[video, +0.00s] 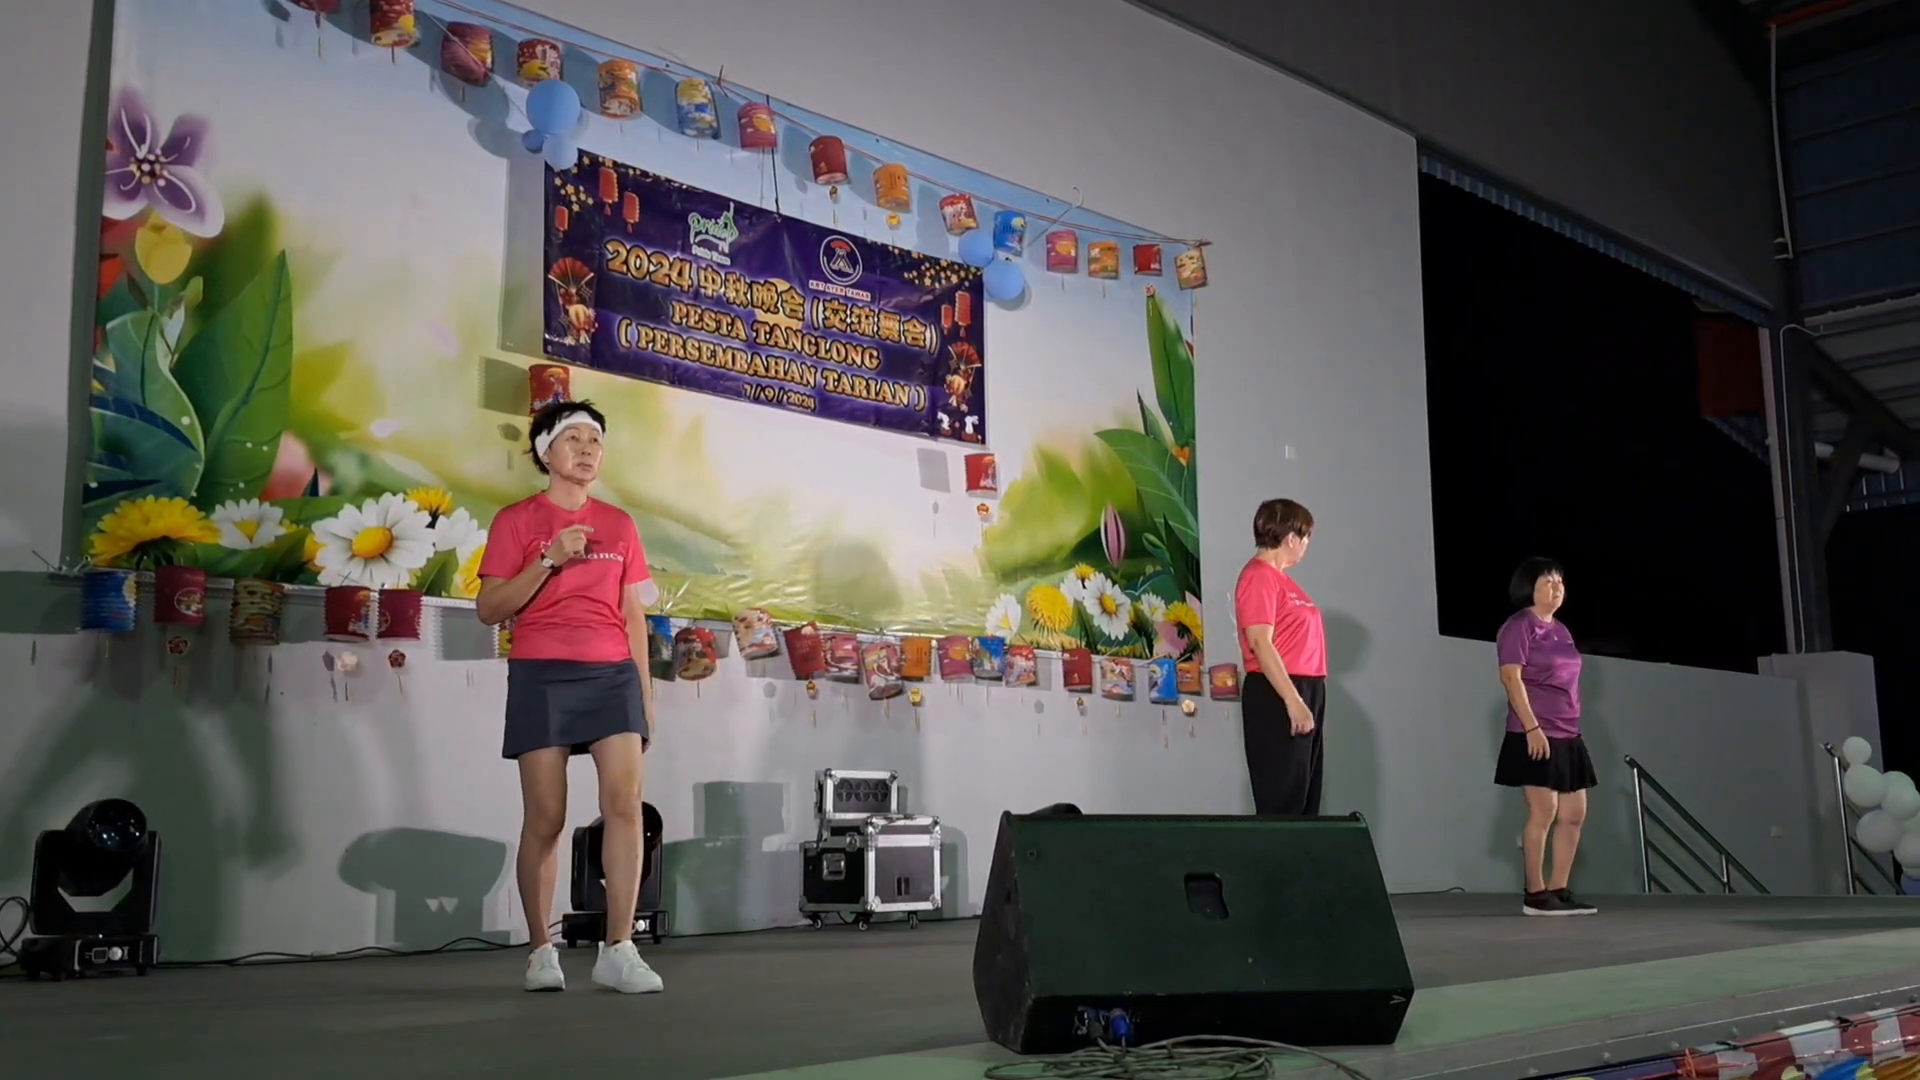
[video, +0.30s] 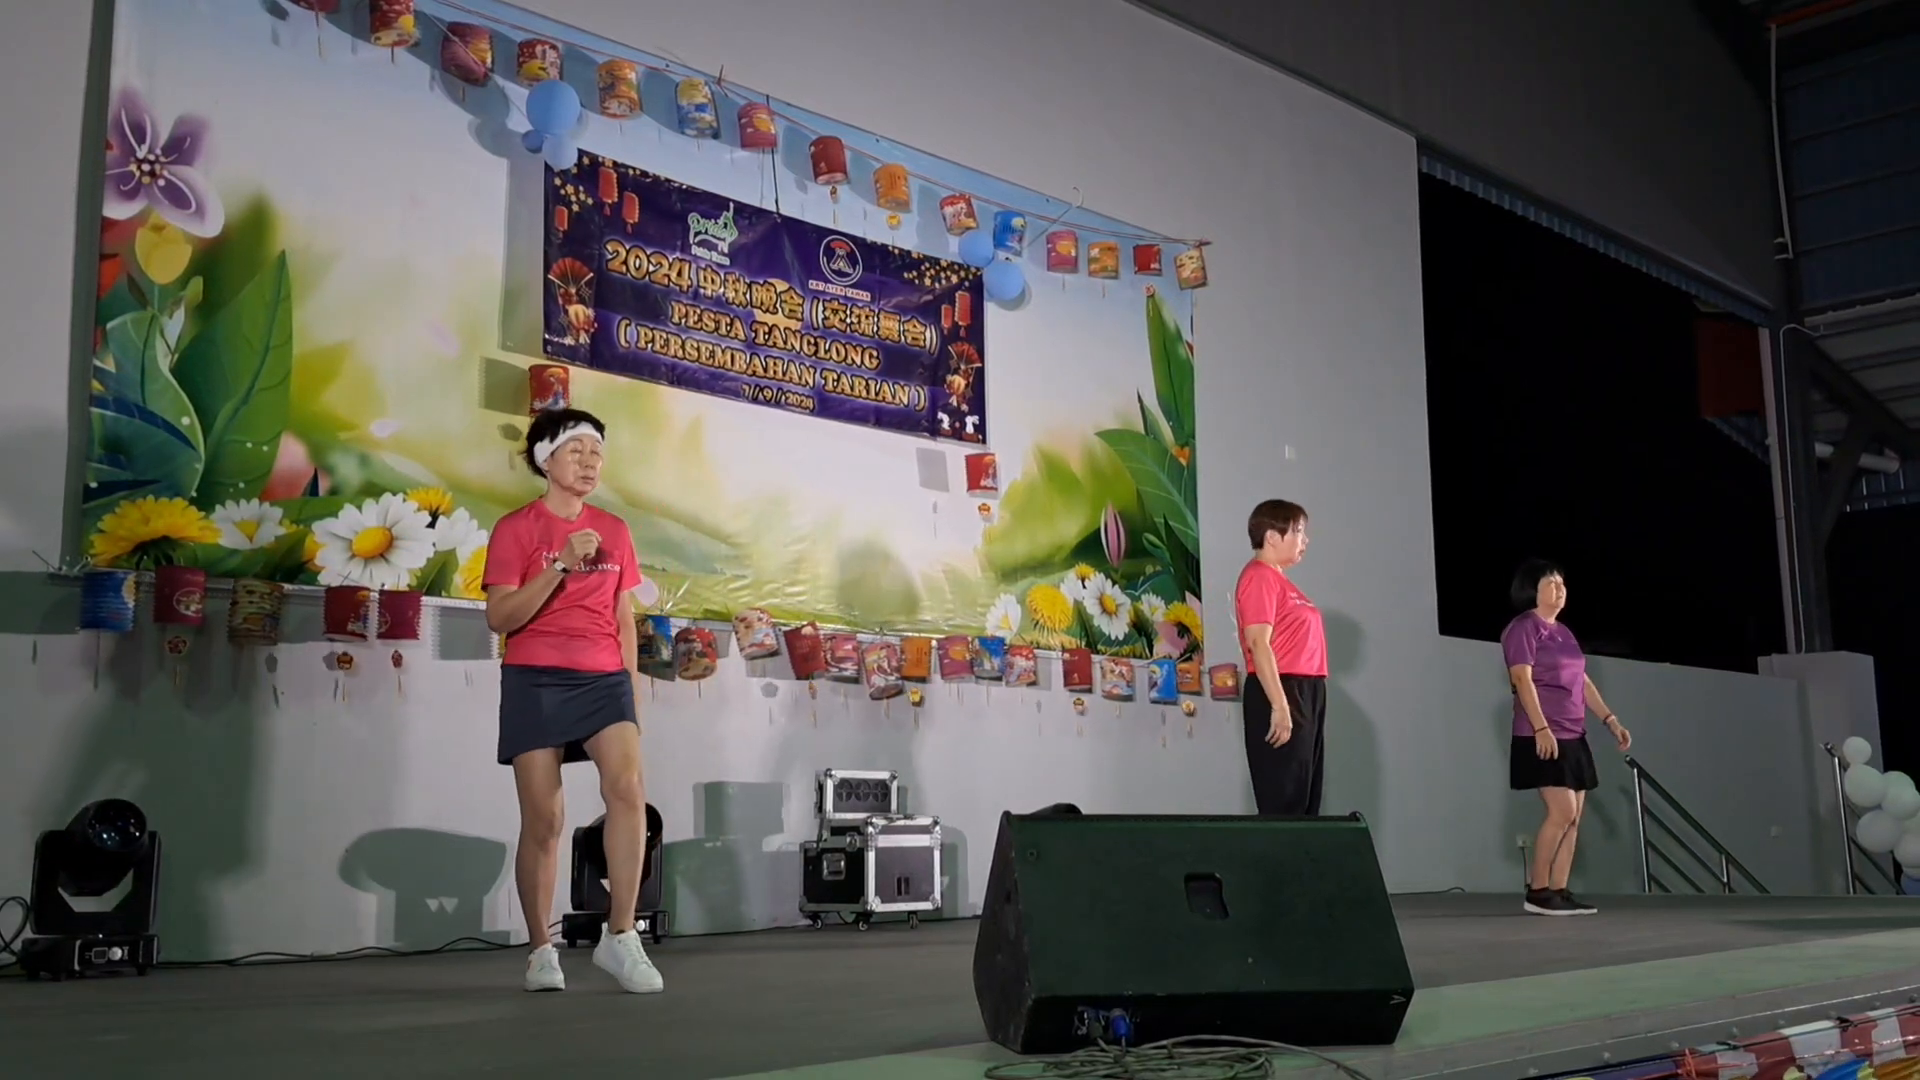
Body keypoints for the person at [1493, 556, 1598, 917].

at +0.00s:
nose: (1556, 588)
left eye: (1559, 582)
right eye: (1548, 582)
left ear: (1563, 589)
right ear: (1530, 587)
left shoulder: (1562, 631)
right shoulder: (1518, 626)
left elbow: (1563, 684)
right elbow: (1511, 679)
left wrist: (1571, 730)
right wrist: (1532, 728)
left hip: (1568, 738)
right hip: (1535, 736)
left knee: (1574, 814)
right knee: (1543, 811)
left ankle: (1558, 891)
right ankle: (1535, 893)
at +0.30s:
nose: (1559, 589)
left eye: (1561, 583)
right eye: (1550, 583)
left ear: (1565, 591)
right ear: (1533, 589)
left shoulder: (1565, 633)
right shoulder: (1522, 629)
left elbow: (1583, 683)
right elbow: (1522, 681)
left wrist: (1611, 721)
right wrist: (1541, 727)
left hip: (1573, 736)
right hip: (1540, 735)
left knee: (1573, 814)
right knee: (1562, 811)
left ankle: (1559, 891)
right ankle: (1538, 891)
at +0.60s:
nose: (1552, 587)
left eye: (1556, 583)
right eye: (1543, 583)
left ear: (1563, 591)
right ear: (1528, 592)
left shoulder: (1571, 634)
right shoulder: (1518, 630)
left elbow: (1587, 680)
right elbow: (1517, 681)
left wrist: (1608, 722)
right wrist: (1549, 726)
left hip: (1573, 736)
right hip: (1533, 735)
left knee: (1581, 812)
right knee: (1557, 810)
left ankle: (1560, 890)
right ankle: (1541, 891)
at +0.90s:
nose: (1539, 593)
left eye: (1544, 587)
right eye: (1531, 586)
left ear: (1551, 592)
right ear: (1514, 591)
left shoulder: (1563, 630)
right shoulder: (1495, 629)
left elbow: (1591, 670)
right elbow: (1474, 671)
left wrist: (1629, 673)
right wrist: (1466, 706)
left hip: (1560, 734)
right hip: (1515, 734)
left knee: (1578, 807)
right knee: (1520, 812)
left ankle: (1560, 888)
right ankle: (1508, 886)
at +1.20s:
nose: (1516, 600)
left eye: (1521, 593)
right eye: (1508, 592)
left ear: (1527, 598)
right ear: (1492, 597)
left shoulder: (1541, 634)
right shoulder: (1472, 637)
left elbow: (1564, 678)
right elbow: (1442, 679)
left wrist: (1589, 666)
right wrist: (1407, 716)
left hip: (1542, 738)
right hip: (1493, 739)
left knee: (1574, 807)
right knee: (1499, 812)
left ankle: (1596, 888)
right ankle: (1505, 891)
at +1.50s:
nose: (1495, 588)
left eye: (1502, 583)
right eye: (1488, 583)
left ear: (1513, 593)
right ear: (1478, 594)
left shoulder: (1535, 631)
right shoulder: (1463, 638)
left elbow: (1557, 674)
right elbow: (1444, 685)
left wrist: (1571, 682)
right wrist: (1419, 731)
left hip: (1537, 736)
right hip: (1488, 739)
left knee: (1573, 803)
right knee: (1496, 812)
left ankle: (1590, 885)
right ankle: (1505, 891)